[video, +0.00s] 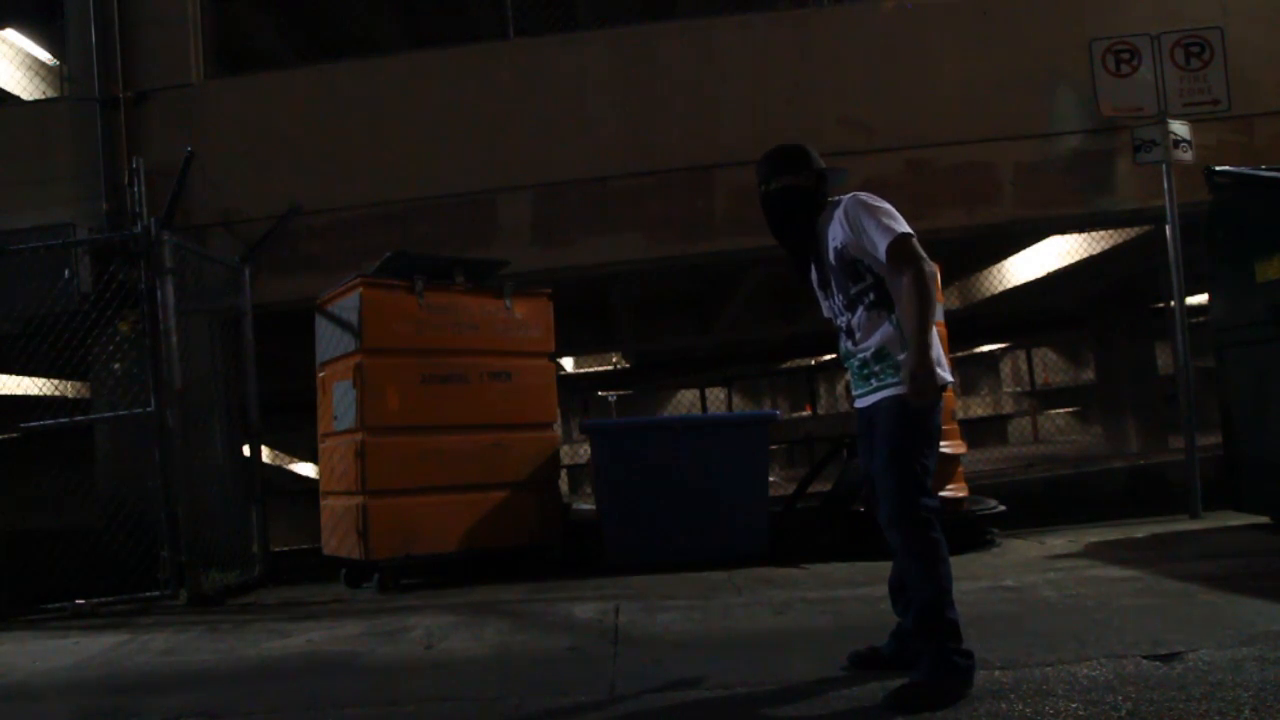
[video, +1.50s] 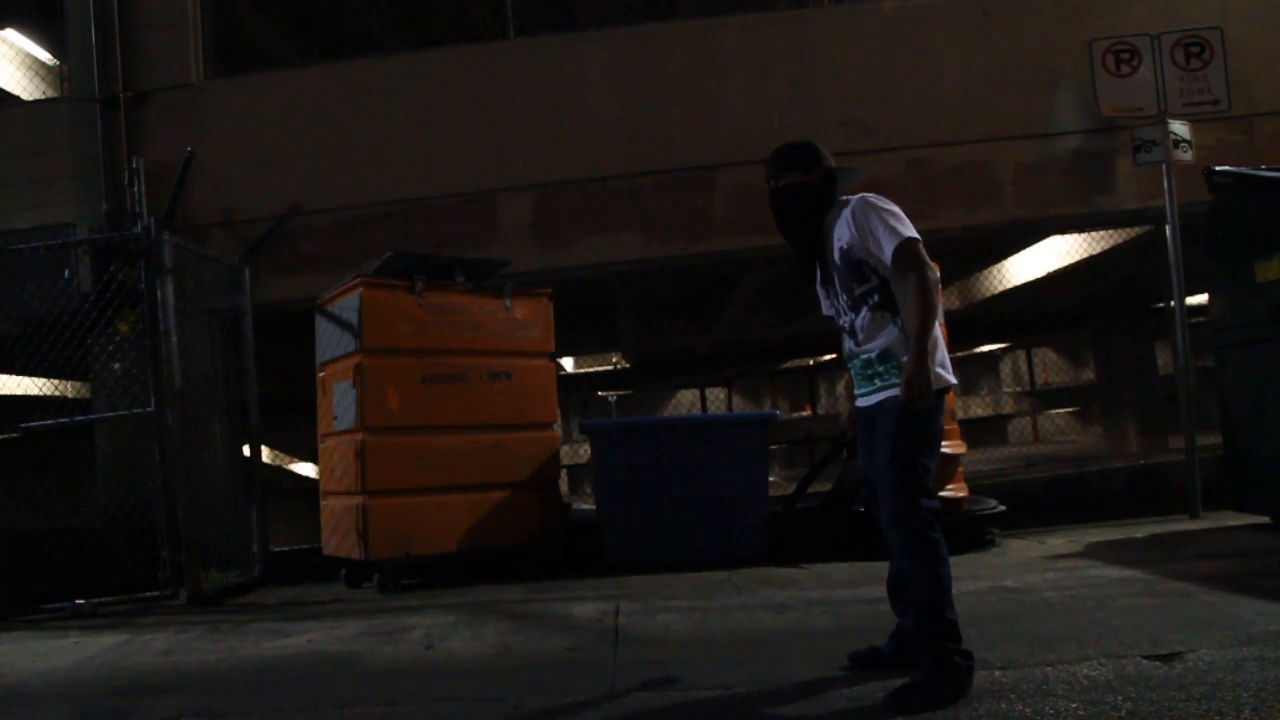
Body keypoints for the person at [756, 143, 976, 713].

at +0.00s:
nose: (770, 209)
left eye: (776, 194)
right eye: (766, 197)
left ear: (806, 185)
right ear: (783, 196)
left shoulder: (855, 210)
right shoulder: (821, 257)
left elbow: (918, 271)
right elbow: (858, 330)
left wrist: (920, 363)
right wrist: (865, 394)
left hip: (906, 393)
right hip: (875, 402)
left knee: (912, 518)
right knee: (896, 519)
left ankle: (945, 660)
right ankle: (914, 639)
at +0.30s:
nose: (773, 211)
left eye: (778, 196)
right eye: (768, 199)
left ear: (806, 187)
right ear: (785, 197)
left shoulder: (856, 211)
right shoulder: (821, 255)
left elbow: (918, 272)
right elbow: (856, 332)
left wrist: (907, 371)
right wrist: (861, 400)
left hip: (908, 394)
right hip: (876, 402)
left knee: (912, 519)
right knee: (896, 520)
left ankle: (946, 662)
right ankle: (914, 639)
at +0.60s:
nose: (777, 209)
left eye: (784, 194)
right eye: (772, 198)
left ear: (813, 184)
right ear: (783, 197)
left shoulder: (859, 210)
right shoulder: (824, 253)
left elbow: (918, 274)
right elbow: (859, 331)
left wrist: (911, 370)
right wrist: (863, 395)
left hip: (907, 393)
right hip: (876, 401)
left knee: (912, 519)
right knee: (896, 520)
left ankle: (945, 660)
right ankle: (913, 638)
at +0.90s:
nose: (781, 202)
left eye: (788, 188)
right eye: (775, 192)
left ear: (816, 179)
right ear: (786, 192)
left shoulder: (863, 210)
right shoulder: (826, 244)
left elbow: (921, 275)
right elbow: (858, 327)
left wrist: (920, 370)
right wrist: (862, 395)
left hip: (908, 393)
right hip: (876, 400)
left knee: (911, 519)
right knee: (896, 519)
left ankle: (945, 660)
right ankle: (913, 639)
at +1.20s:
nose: (782, 204)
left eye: (789, 189)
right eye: (778, 193)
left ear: (816, 181)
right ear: (788, 192)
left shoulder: (865, 211)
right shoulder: (827, 246)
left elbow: (923, 276)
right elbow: (857, 330)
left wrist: (920, 371)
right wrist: (860, 397)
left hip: (911, 394)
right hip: (877, 401)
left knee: (913, 519)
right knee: (895, 519)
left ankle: (946, 660)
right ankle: (912, 638)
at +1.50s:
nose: (781, 202)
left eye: (789, 187)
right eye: (776, 191)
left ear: (817, 180)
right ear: (783, 194)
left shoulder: (863, 212)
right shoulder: (826, 252)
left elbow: (921, 276)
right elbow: (853, 340)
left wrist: (919, 374)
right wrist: (856, 407)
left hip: (909, 394)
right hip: (876, 402)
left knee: (913, 520)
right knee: (895, 520)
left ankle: (945, 660)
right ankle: (912, 637)